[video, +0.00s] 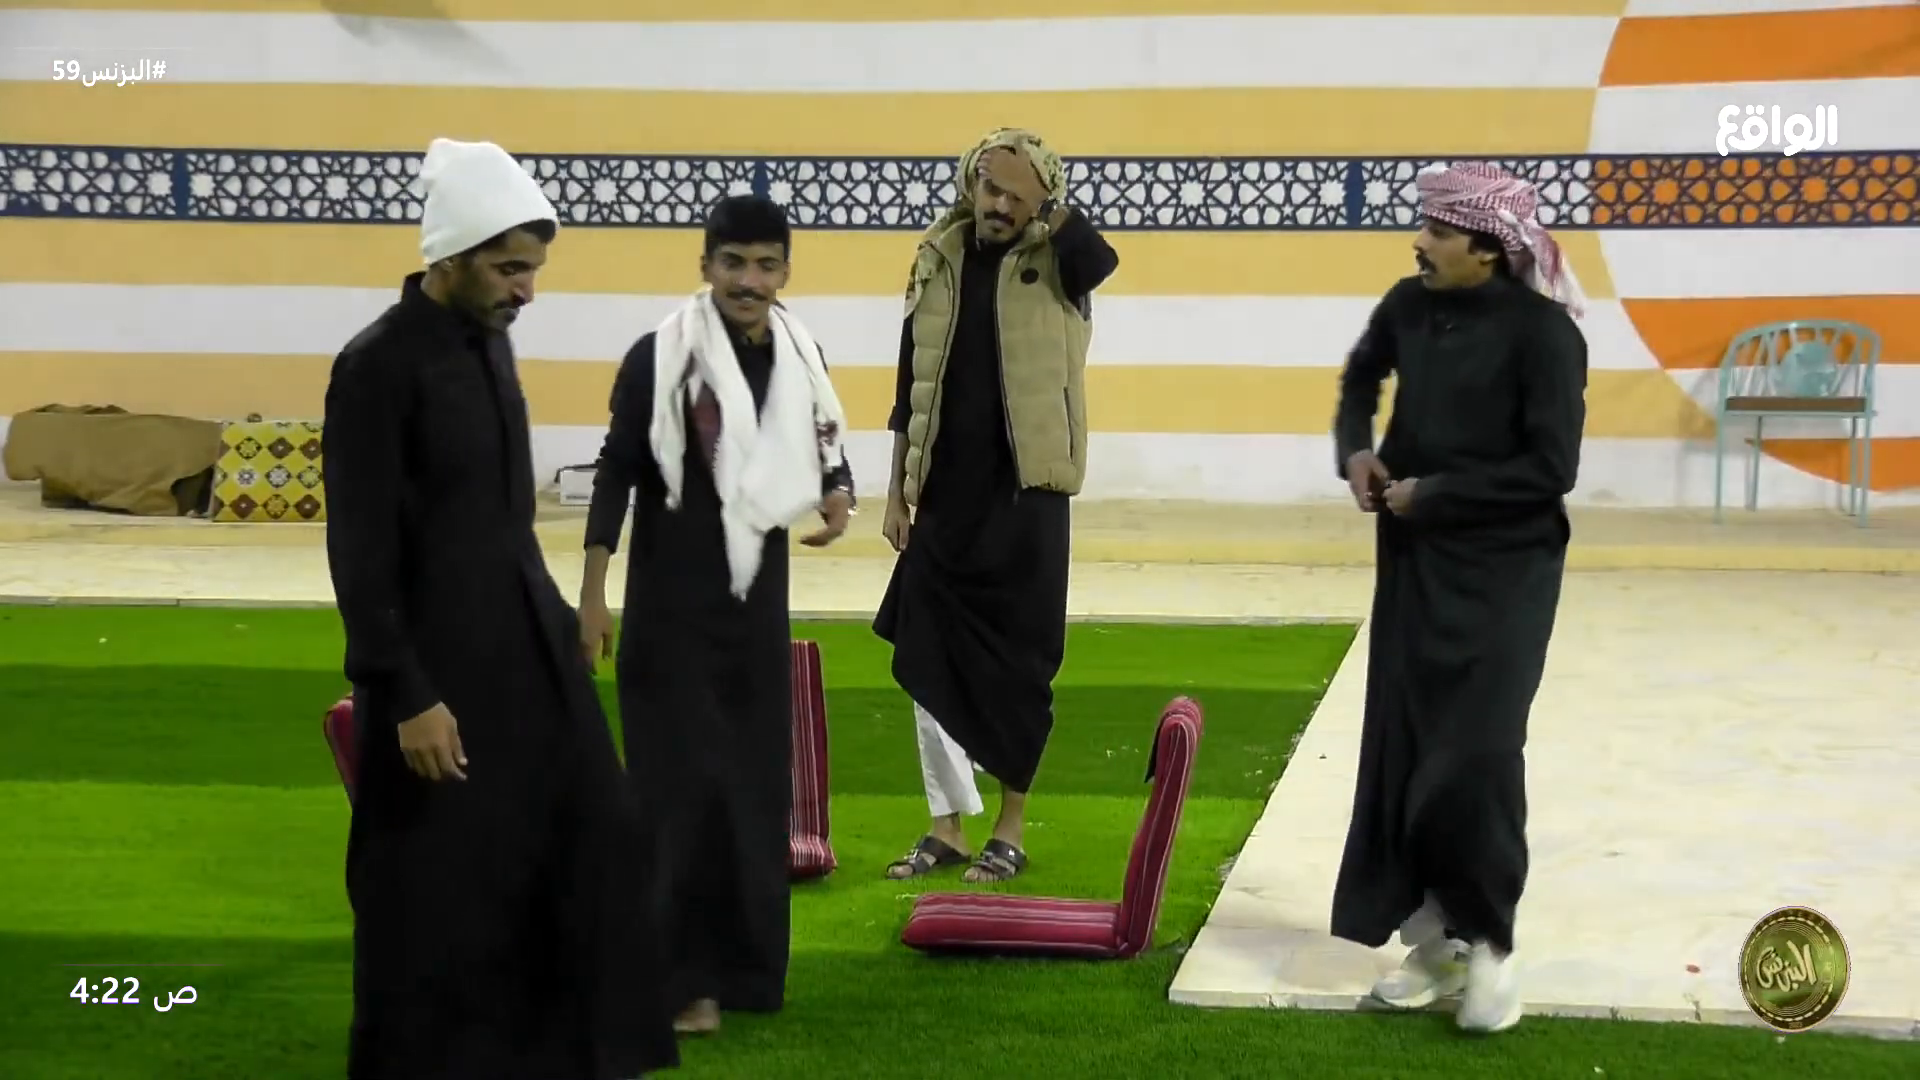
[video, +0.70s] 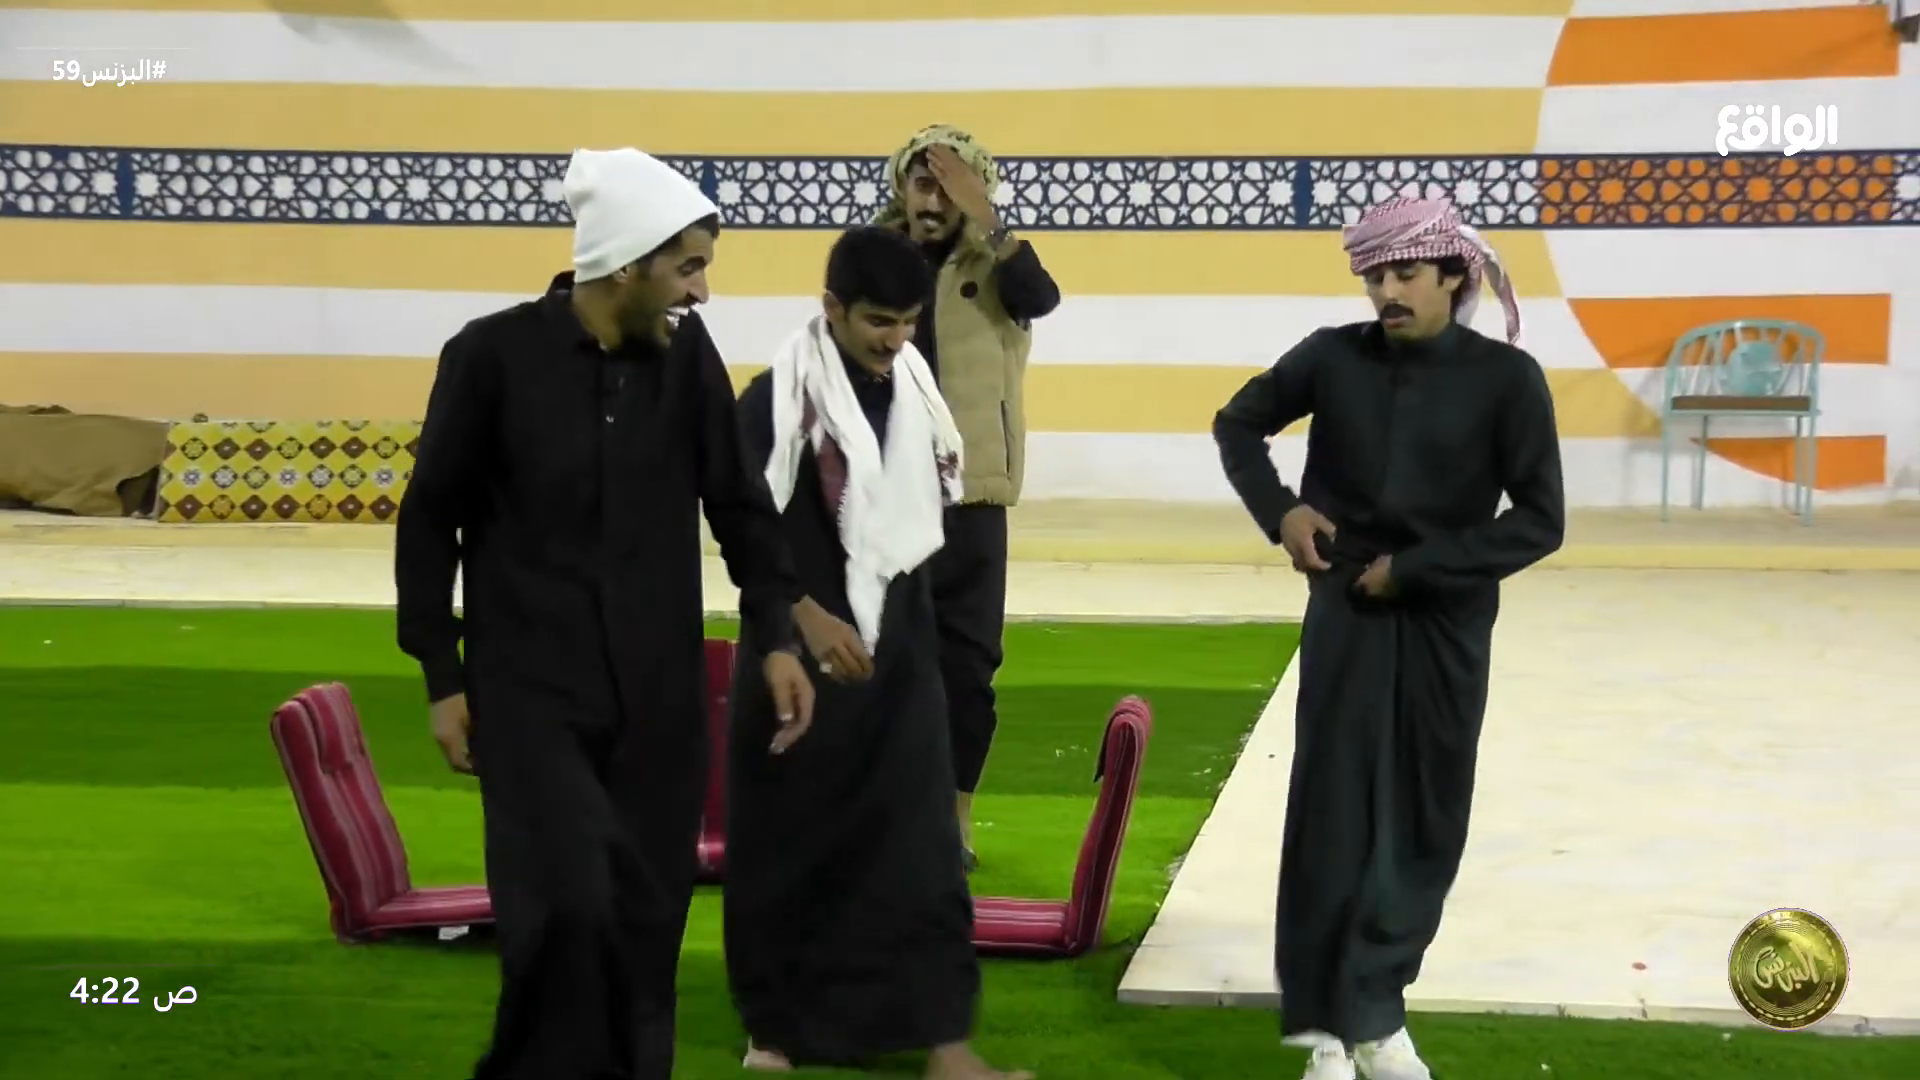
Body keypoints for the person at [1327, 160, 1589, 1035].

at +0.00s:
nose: (1421, 244)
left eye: (1439, 234)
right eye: (1422, 228)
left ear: (1490, 250)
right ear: (1441, 239)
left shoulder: (1545, 333)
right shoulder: (1409, 306)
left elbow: (1549, 470)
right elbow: (1359, 381)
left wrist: (1429, 490)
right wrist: (1355, 452)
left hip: (1506, 568)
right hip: (1417, 561)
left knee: (1474, 749)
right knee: (1409, 745)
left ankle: (1486, 945)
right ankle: (1434, 948)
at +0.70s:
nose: (1391, 292)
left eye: (1409, 274)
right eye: (1378, 276)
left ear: (1455, 277)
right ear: (1366, 281)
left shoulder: (1509, 378)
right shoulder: (1331, 356)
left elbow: (1540, 522)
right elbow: (1238, 424)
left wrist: (1417, 567)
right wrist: (1282, 511)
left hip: (1449, 624)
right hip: (1346, 614)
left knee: (1425, 813)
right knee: (1333, 804)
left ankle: (1378, 1013)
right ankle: (1319, 1027)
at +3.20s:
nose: (1504, 441)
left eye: (1529, 406)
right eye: (1471, 411)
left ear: (1566, 402)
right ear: (1423, 410)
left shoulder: (1650, 518)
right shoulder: (1335, 524)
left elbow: (1725, 744)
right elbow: (1197, 655)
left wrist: (1522, 856)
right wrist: (1296, 805)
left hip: (1576, 959)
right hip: (1386, 951)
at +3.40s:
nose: (1480, 428)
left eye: (1504, 389)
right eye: (1443, 397)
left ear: (1541, 380)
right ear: (1391, 395)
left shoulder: (1617, 506)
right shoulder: (1300, 511)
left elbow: (1670, 736)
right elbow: (1137, 626)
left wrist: (1475, 843)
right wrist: (1242, 793)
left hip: (1553, 982)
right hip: (1361, 977)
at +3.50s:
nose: (1483, 431)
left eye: (1509, 395)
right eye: (1450, 396)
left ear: (1544, 397)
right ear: (1395, 397)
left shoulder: (1608, 516)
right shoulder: (1292, 516)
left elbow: (1659, 753)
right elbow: (1115, 619)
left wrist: (1457, 860)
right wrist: (1229, 799)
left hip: (1541, 985)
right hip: (1344, 979)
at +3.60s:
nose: (1490, 451)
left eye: (1517, 417)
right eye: (1458, 417)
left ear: (1551, 420)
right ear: (1400, 415)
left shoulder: (1610, 540)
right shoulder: (1290, 534)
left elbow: (1651, 786)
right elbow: (1111, 639)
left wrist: (1443, 886)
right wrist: (1222, 823)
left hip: (1531, 1015)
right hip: (1335, 1011)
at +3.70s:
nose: (1513, 469)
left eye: (1543, 435)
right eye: (1482, 432)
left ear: (1574, 442)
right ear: (1419, 432)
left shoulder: (1623, 576)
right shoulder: (1303, 557)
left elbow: (1649, 832)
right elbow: (1120, 679)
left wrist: (1442, 928)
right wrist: (1228, 865)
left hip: (1527, 1040)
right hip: (1329, 1033)